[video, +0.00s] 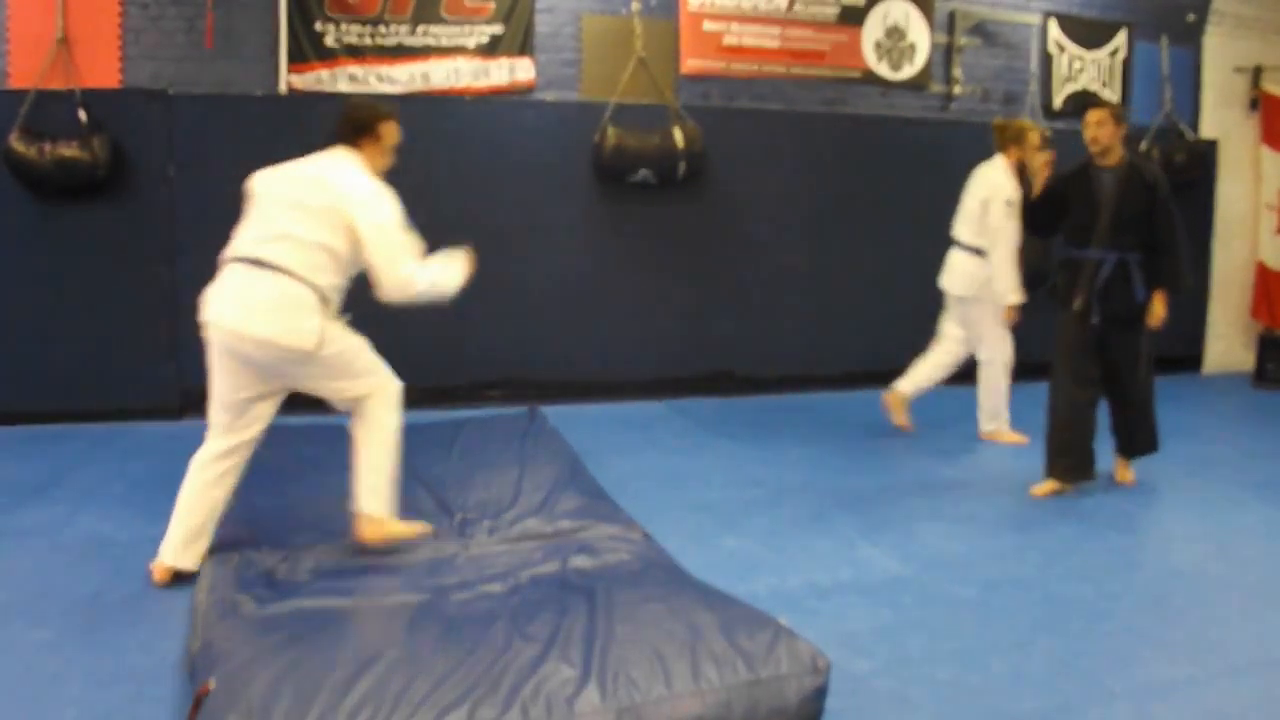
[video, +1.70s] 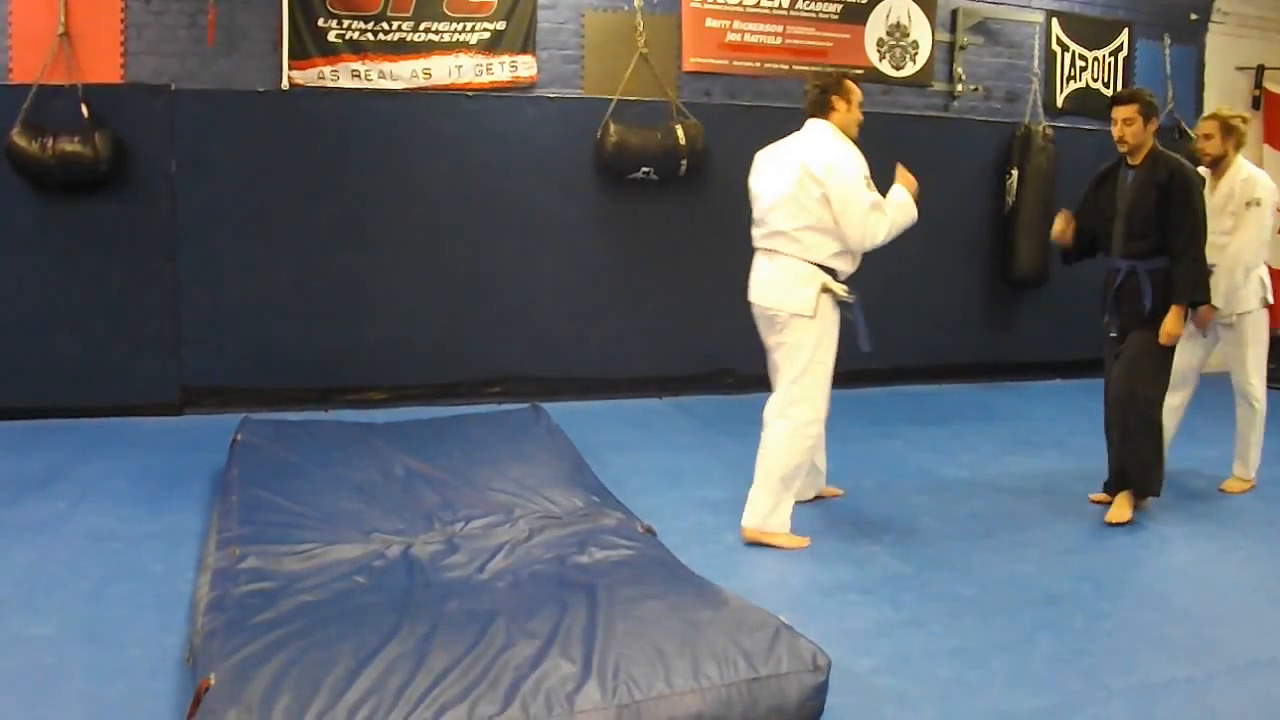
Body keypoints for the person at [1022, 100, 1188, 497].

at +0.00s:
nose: (1092, 133)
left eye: (1100, 126)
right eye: (1087, 126)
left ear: (1120, 130)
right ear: (1083, 132)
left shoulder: (1147, 179)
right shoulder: (1073, 179)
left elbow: (1165, 240)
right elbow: (1040, 224)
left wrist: (1161, 291)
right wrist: (1036, 187)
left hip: (1128, 293)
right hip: (1079, 291)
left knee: (1128, 378)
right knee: (1070, 381)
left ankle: (1125, 455)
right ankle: (1064, 470)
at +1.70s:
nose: (1119, 131)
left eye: (1128, 123)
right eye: (1115, 123)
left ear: (1151, 125)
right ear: (1112, 126)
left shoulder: (1178, 175)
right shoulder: (1110, 176)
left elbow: (1190, 247)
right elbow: (1090, 239)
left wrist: (1179, 308)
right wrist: (1069, 235)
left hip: (1160, 299)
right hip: (1120, 296)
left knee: (1131, 387)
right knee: (1117, 388)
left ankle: (1131, 490)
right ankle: (1118, 481)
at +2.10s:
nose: (1110, 149)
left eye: (1119, 140)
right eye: (1104, 140)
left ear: (1140, 139)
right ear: (1096, 140)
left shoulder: (1163, 190)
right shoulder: (1086, 187)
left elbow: (1186, 262)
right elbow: (1071, 250)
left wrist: (1198, 330)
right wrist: (1071, 306)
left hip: (1140, 308)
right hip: (1093, 308)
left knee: (1124, 407)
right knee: (1106, 404)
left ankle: (1120, 519)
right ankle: (1126, 486)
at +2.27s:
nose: (1111, 157)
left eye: (1121, 148)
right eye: (1105, 147)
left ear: (1142, 148)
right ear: (1096, 145)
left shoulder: (1162, 204)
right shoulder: (1070, 187)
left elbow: (1176, 277)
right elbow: (1038, 245)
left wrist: (1173, 343)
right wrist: (1031, 305)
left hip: (1122, 324)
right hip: (1066, 318)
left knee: (1110, 430)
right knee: (1051, 422)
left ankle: (1119, 534)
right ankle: (1095, 464)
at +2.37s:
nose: (1107, 164)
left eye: (1117, 154)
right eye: (1100, 152)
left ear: (1134, 153)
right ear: (1089, 149)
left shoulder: (1151, 209)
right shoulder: (1057, 189)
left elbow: (1161, 284)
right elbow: (1017, 250)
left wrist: (1153, 348)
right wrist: (1000, 315)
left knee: (1105, 439)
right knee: (1018, 426)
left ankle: (1120, 537)